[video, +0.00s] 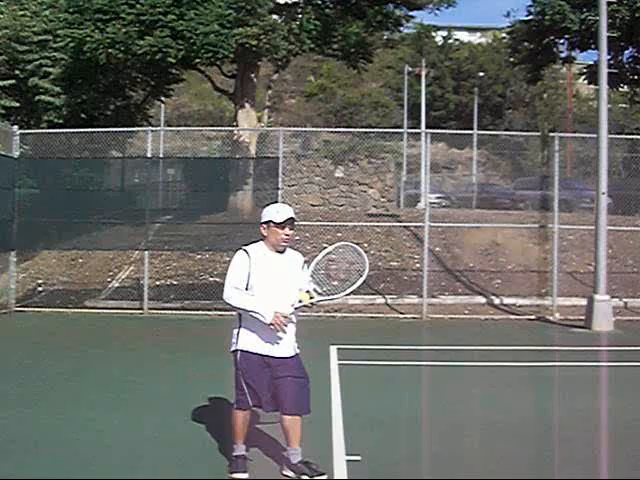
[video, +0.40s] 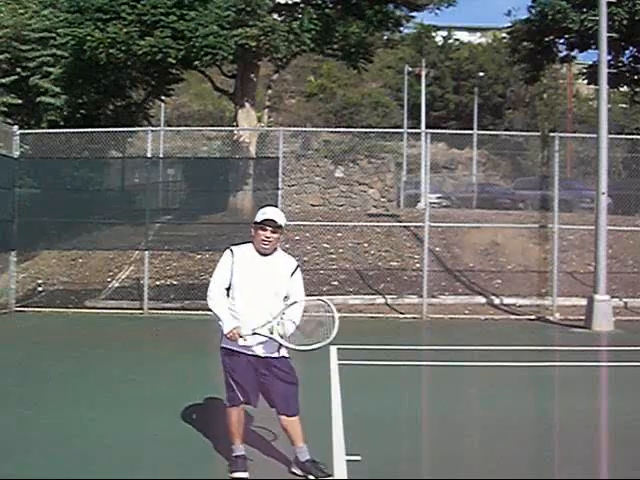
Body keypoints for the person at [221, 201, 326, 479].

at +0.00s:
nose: (289, 232)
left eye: (291, 226)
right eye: (282, 226)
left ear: (294, 229)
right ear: (265, 229)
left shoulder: (296, 259)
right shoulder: (246, 256)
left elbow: (305, 291)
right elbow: (230, 294)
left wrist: (306, 296)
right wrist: (266, 313)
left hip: (285, 346)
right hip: (251, 345)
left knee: (293, 400)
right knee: (245, 402)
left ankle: (294, 460)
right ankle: (239, 455)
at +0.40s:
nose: (267, 235)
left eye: (274, 230)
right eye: (262, 229)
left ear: (281, 235)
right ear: (253, 230)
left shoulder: (289, 266)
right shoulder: (234, 256)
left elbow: (296, 305)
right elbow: (214, 293)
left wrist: (280, 329)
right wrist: (228, 323)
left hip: (273, 348)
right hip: (237, 346)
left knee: (288, 400)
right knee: (237, 400)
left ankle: (303, 458)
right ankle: (238, 455)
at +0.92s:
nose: (282, 231)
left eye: (289, 228)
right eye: (279, 225)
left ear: (298, 235)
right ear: (272, 227)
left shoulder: (304, 270)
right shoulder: (252, 253)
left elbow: (314, 316)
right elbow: (218, 276)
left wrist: (325, 354)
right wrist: (183, 295)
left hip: (285, 351)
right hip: (248, 344)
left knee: (301, 406)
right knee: (243, 400)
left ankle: (304, 460)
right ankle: (239, 455)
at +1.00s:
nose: (288, 231)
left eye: (295, 228)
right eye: (284, 225)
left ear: (303, 235)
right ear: (277, 227)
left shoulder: (310, 268)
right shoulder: (257, 254)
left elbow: (330, 304)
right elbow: (221, 272)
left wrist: (350, 332)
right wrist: (182, 283)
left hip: (292, 350)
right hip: (254, 344)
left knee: (305, 407)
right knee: (247, 402)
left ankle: (304, 461)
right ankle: (239, 455)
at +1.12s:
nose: (295, 230)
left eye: (302, 227)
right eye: (292, 224)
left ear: (312, 234)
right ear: (285, 228)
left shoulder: (323, 263)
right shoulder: (268, 256)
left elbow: (353, 278)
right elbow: (230, 268)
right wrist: (194, 265)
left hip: (305, 351)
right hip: (267, 347)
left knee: (314, 406)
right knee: (256, 403)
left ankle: (306, 459)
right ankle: (241, 453)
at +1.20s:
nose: (302, 231)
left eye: (309, 228)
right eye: (299, 225)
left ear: (318, 235)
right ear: (291, 229)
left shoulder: (329, 261)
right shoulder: (273, 259)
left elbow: (360, 261)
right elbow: (240, 270)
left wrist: (385, 246)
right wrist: (205, 258)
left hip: (314, 349)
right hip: (276, 348)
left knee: (320, 407)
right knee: (263, 405)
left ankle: (307, 459)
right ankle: (248, 451)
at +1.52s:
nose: (318, 245)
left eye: (325, 242)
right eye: (313, 240)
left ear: (333, 249)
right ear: (304, 246)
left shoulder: (346, 272)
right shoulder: (287, 274)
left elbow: (374, 254)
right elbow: (250, 284)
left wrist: (375, 218)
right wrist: (250, 250)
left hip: (339, 357)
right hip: (304, 359)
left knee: (338, 425)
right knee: (311, 424)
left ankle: (307, 461)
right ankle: (288, 453)